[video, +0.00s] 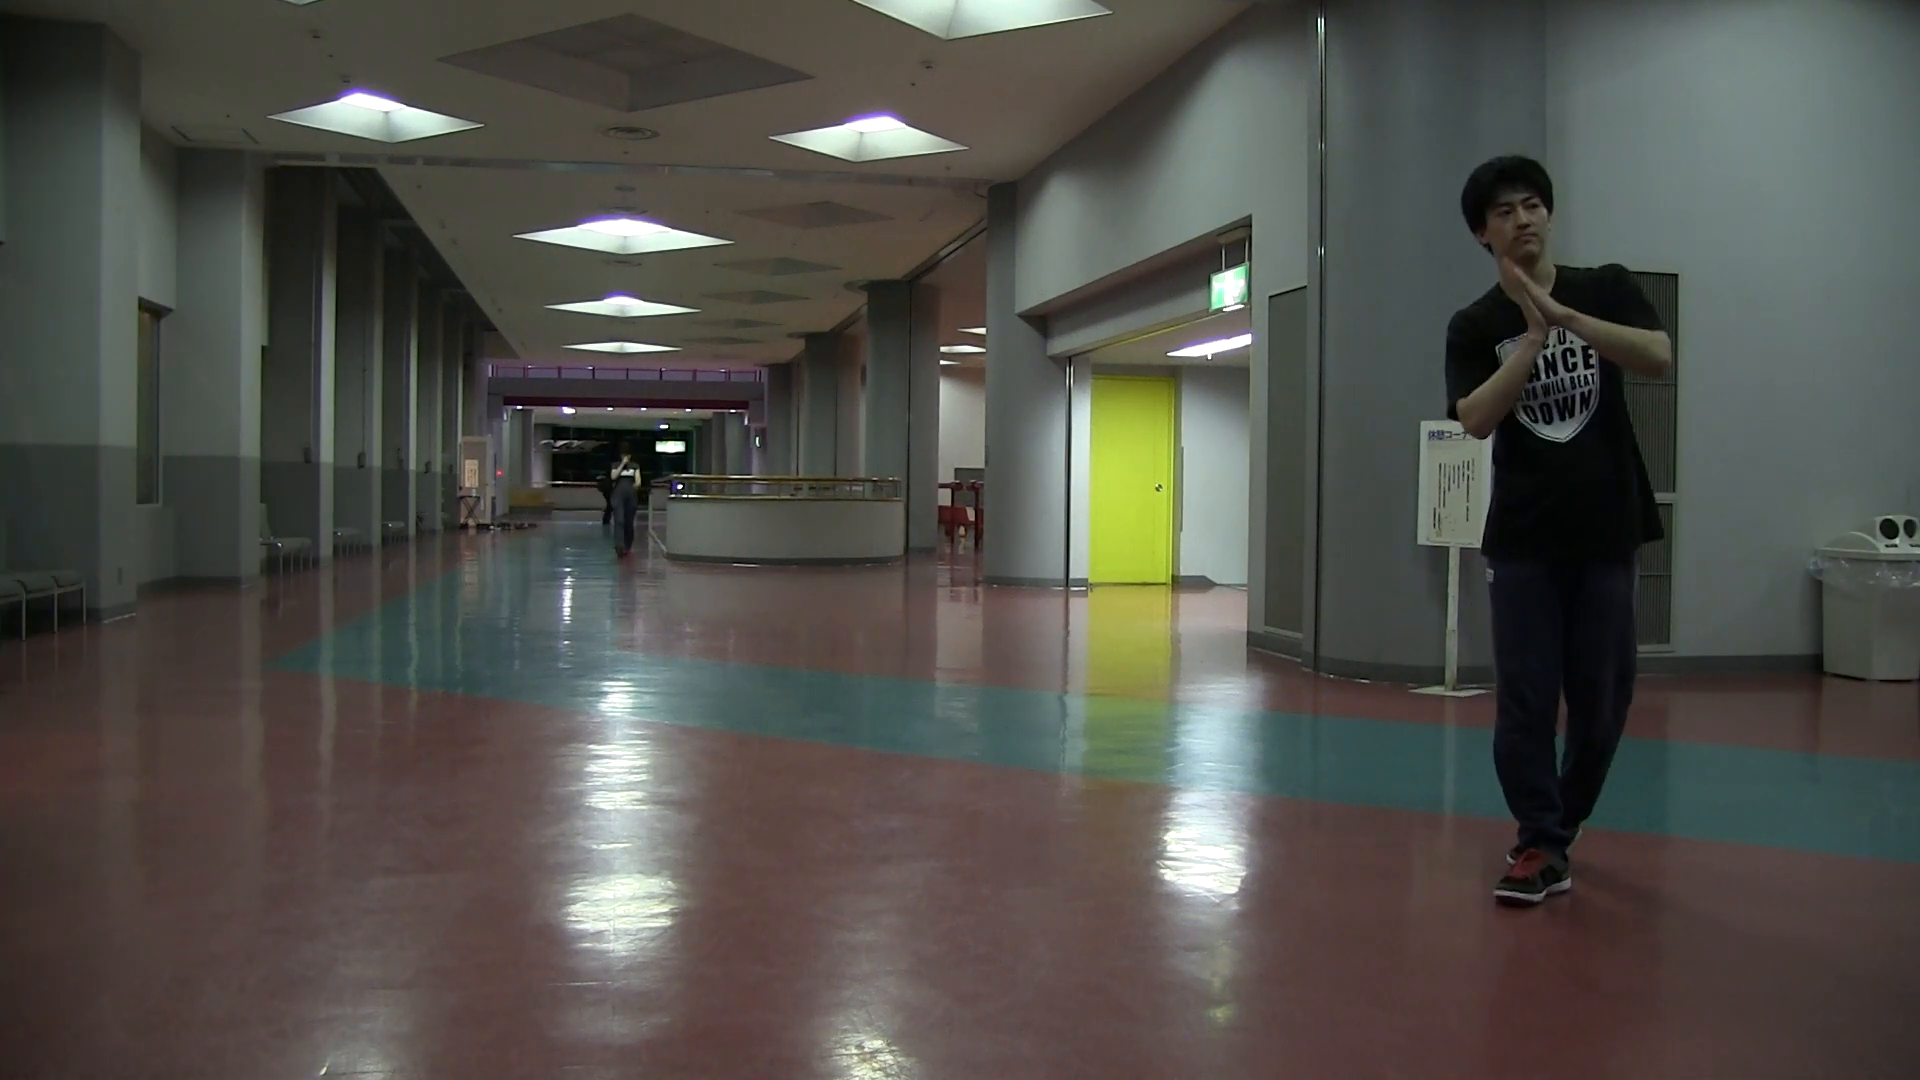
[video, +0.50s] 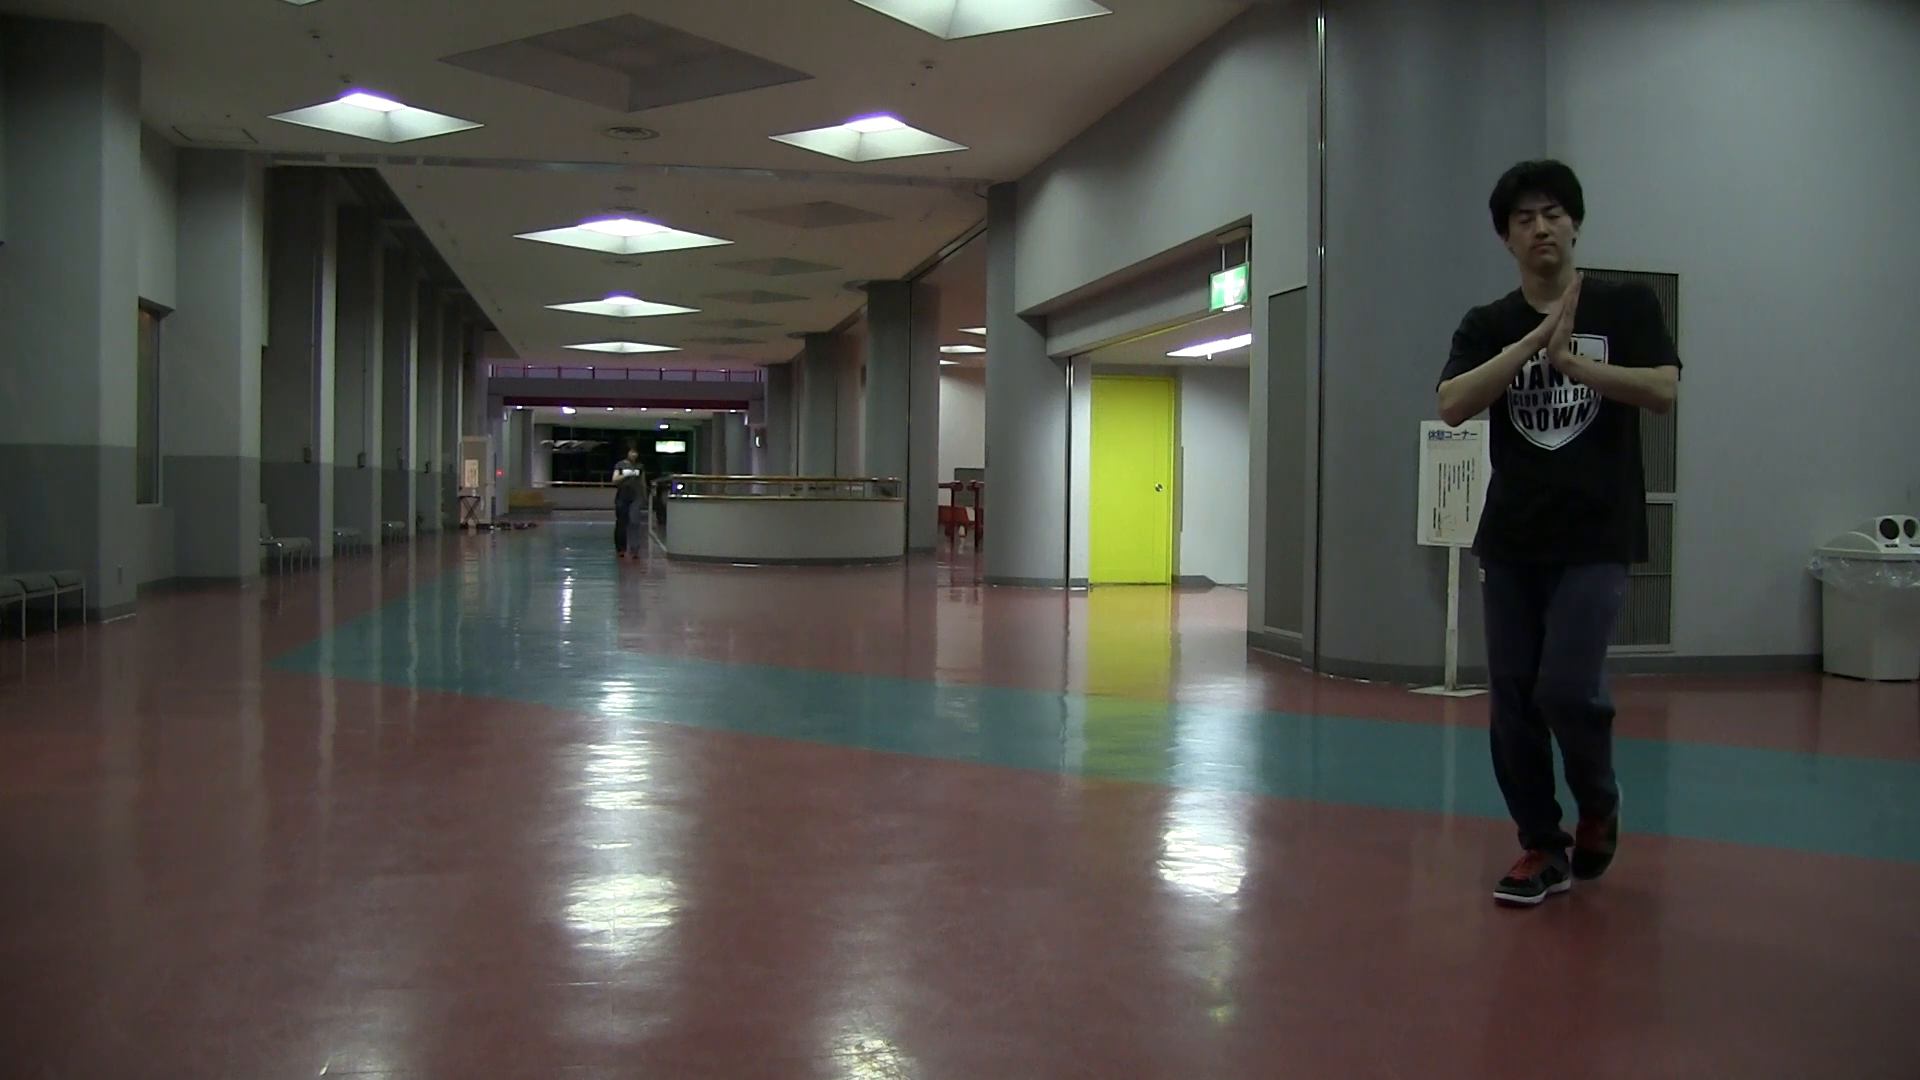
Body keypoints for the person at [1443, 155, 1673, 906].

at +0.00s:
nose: (1522, 220)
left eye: (1531, 205)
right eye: (1504, 212)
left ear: (1550, 215)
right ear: (1481, 233)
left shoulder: (1605, 288)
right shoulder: (1474, 325)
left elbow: (1658, 360)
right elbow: (1475, 418)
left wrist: (1561, 314)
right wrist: (1533, 339)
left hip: (1606, 528)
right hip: (1521, 533)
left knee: (1601, 693)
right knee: (1525, 692)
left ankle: (1555, 837)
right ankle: (1536, 848)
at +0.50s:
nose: (1541, 228)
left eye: (1554, 214)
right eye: (1525, 218)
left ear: (1577, 226)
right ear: (1504, 236)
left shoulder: (1624, 304)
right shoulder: (1485, 325)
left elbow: (1664, 391)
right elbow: (1452, 405)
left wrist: (1572, 362)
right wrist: (1534, 341)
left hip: (1597, 536)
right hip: (1511, 536)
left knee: (1569, 691)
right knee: (1512, 698)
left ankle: (1599, 811)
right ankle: (1543, 849)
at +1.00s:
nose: (1562, 230)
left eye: (1578, 216)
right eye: (1555, 219)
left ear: (1619, 223)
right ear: (1550, 232)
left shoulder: (1669, 299)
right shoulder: (1551, 318)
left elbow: (1664, 388)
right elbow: (1484, 418)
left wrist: (1561, 358)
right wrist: (1534, 365)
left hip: (1625, 539)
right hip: (1549, 535)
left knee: (1624, 701)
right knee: (1536, 699)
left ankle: (1696, 833)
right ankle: (1545, 849)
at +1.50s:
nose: (1609, 229)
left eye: (1622, 215)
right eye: (1607, 216)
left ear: (1667, 220)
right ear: (1622, 226)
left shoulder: (1713, 295)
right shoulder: (1619, 326)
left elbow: (1685, 392)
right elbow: (1595, 422)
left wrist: (1589, 386)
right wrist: (1565, 391)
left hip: (1699, 527)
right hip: (1630, 526)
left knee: (1687, 687)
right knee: (1593, 678)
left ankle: (1709, 847)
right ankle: (1580, 827)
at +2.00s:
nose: (1621, 220)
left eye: (1635, 214)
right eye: (1632, 212)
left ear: (1653, 236)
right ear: (1655, 242)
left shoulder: (1649, 304)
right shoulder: (1633, 308)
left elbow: (1654, 414)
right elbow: (1621, 428)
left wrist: (1668, 520)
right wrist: (1603, 530)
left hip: (1651, 536)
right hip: (1626, 534)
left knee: (1652, 680)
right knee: (1626, 674)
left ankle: (1702, 841)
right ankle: (1646, 816)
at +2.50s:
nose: (1638, 241)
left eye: (1648, 231)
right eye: (1648, 230)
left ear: (1663, 245)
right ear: (1694, 260)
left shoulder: (1642, 316)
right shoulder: (1674, 324)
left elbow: (1585, 406)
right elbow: (1640, 430)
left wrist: (1534, 494)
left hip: (1599, 537)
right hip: (1632, 534)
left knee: (1548, 670)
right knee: (1614, 668)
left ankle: (1643, 800)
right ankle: (1632, 819)